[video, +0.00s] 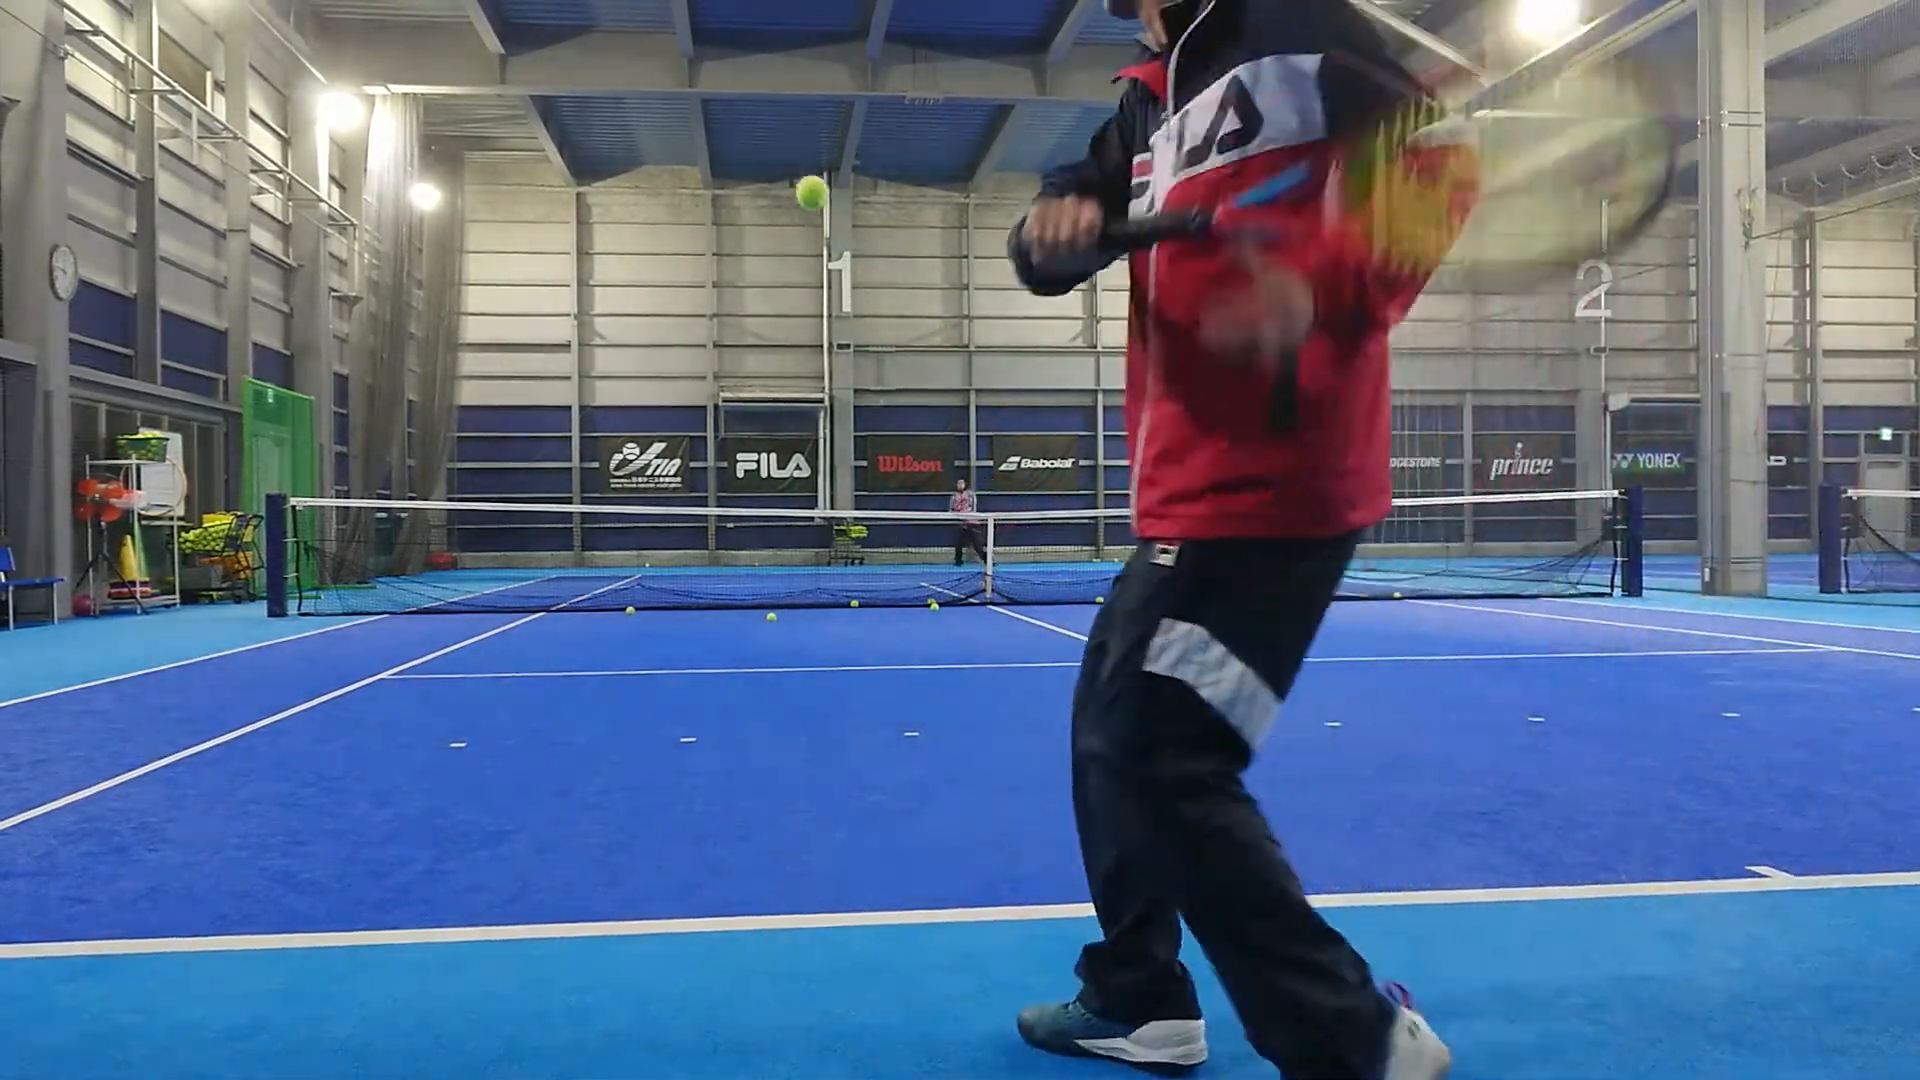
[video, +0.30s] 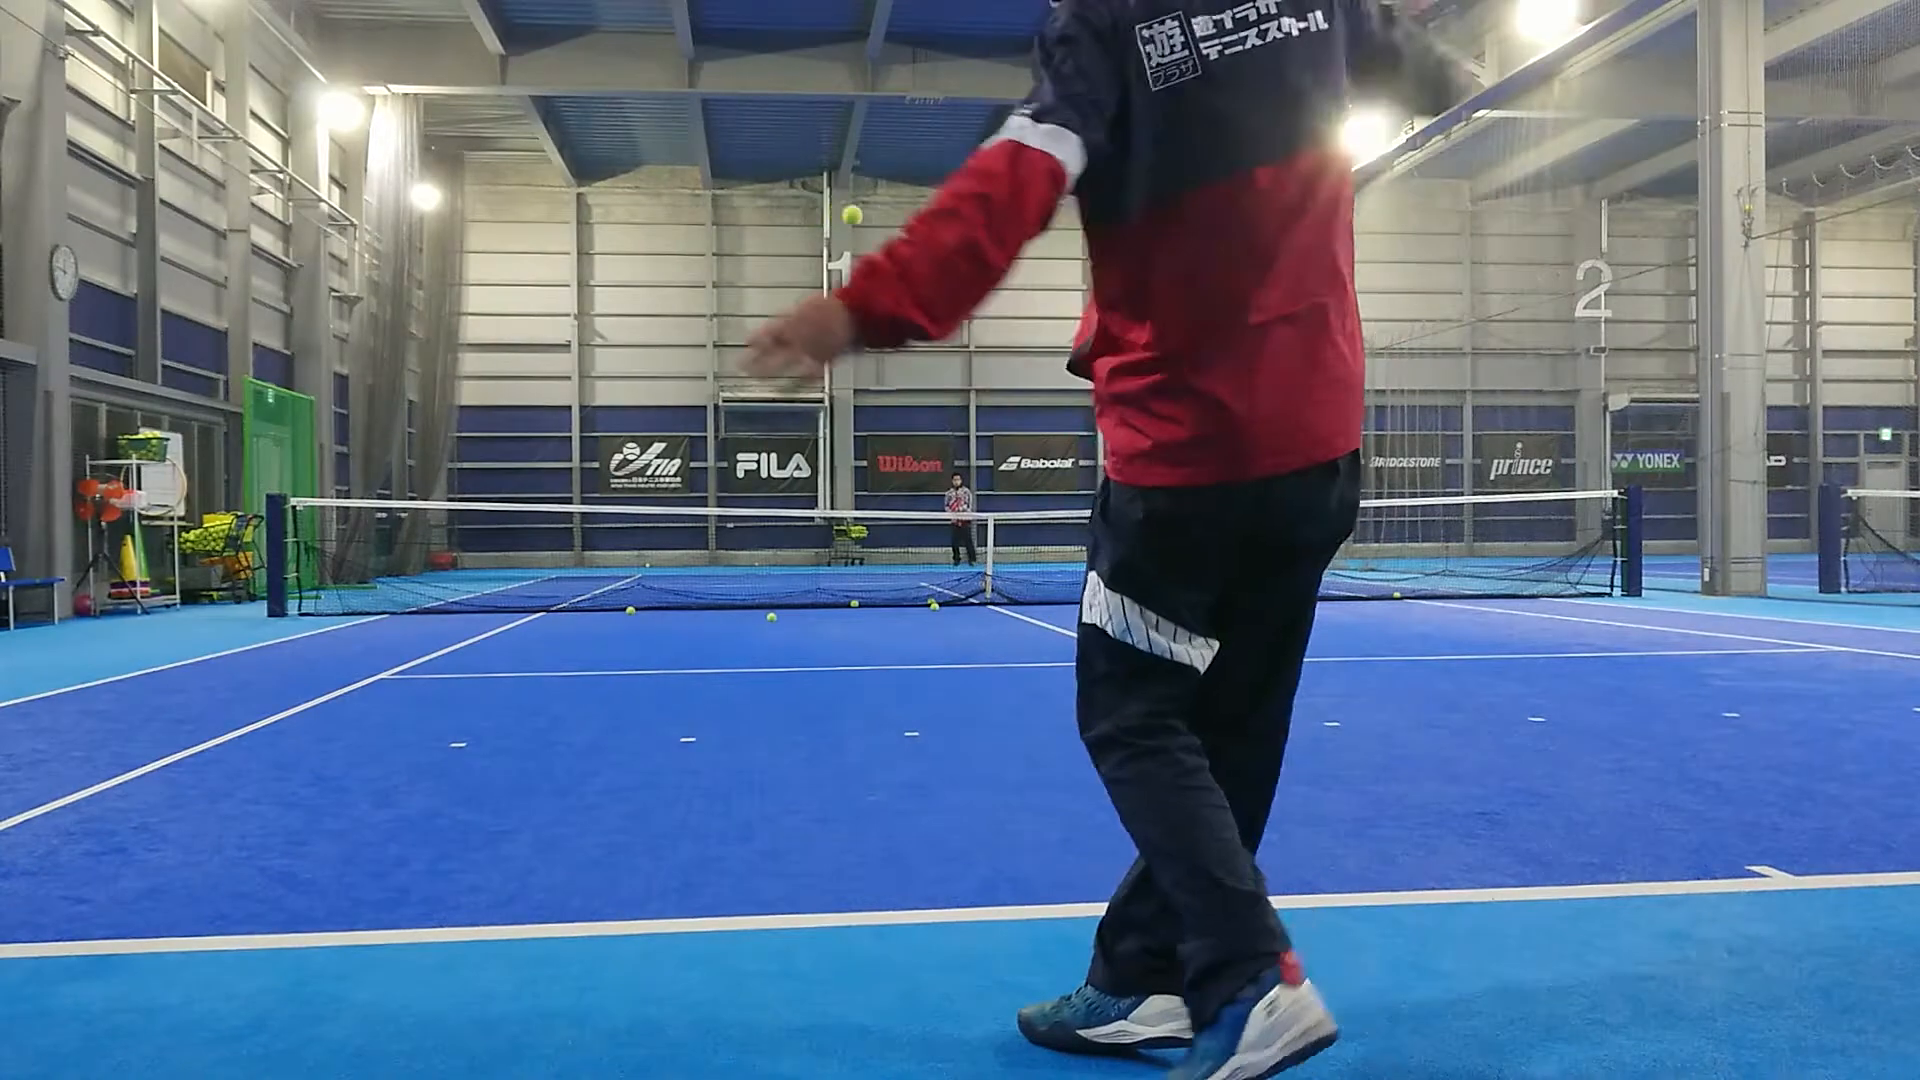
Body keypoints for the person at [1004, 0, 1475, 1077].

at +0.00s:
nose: (1122, 9)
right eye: (1120, 6)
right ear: (1149, 7)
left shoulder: (1305, 31)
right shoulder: (1153, 95)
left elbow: (1436, 165)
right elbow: (1059, 240)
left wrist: (1315, 279)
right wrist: (1054, 238)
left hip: (1285, 481)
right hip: (1196, 482)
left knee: (1160, 749)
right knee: (1108, 725)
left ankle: (1359, 1041)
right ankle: (1139, 998)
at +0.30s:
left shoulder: (1098, 23)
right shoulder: (1316, 6)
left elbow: (1014, 184)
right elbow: (1440, 77)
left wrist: (856, 306)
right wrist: (1421, 40)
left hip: (1184, 430)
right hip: (1318, 417)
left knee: (1130, 709)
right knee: (1235, 721)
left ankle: (1256, 985)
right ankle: (1144, 979)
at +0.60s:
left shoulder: (1137, 39)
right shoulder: (1431, 9)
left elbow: (991, 176)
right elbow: (1648, 25)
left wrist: (841, 255)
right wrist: (1814, 12)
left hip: (1246, 444)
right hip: (1421, 433)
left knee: (1206, 744)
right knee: (1337, 702)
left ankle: (1195, 1057)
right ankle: (1306, 985)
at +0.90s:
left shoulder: (1378, 52)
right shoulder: (1652, 25)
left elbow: (1248, 201)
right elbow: (1844, 116)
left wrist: (1138, 303)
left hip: (1423, 467)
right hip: (1617, 468)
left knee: (1352, 726)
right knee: (1660, 755)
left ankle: (1249, 987)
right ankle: (1671, 1052)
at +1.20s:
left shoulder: (1649, 57)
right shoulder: (1901, 34)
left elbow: (1558, 235)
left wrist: (1455, 357)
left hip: (1692, 424)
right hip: (1867, 419)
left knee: (1741, 714)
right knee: (1797, 725)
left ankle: (1825, 960)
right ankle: (1690, 998)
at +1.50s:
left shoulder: (1878, 75)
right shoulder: (1870, 78)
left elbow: (1786, 271)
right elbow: (1790, 267)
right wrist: (1787, 359)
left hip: (1909, 483)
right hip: (1900, 483)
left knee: (1891, 726)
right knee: (1889, 722)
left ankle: (1913, 973)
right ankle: (1909, 966)